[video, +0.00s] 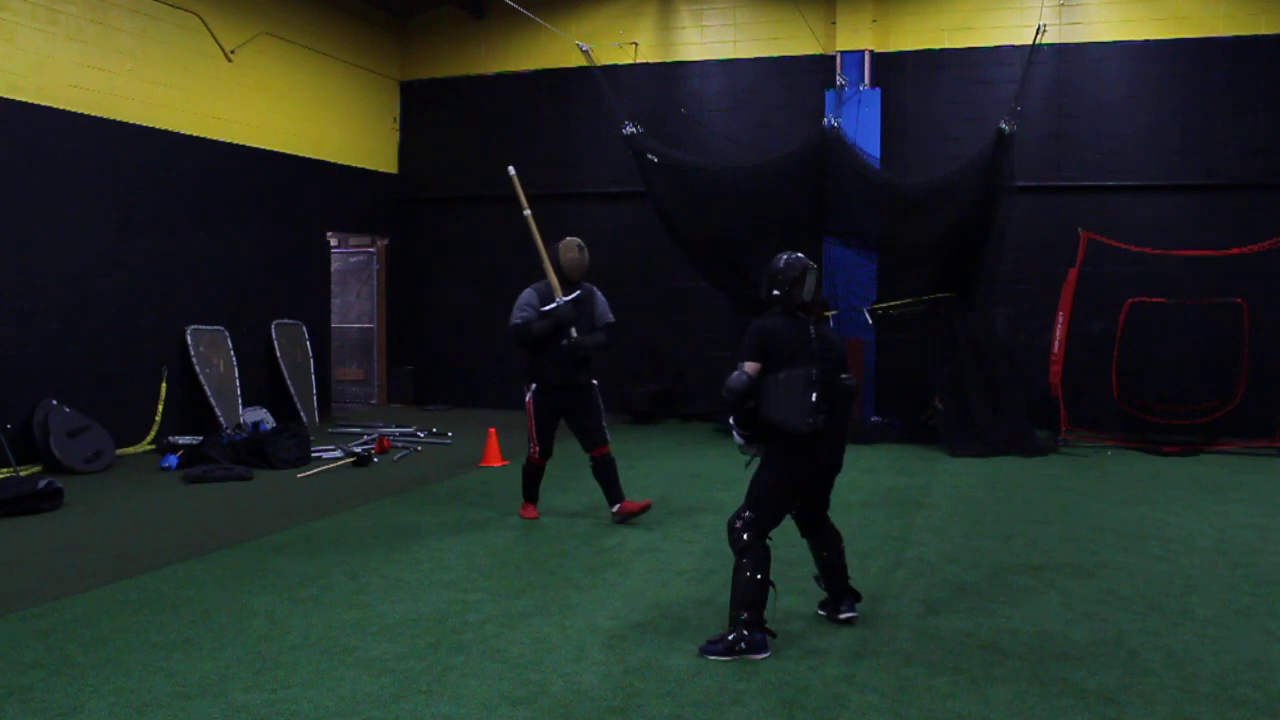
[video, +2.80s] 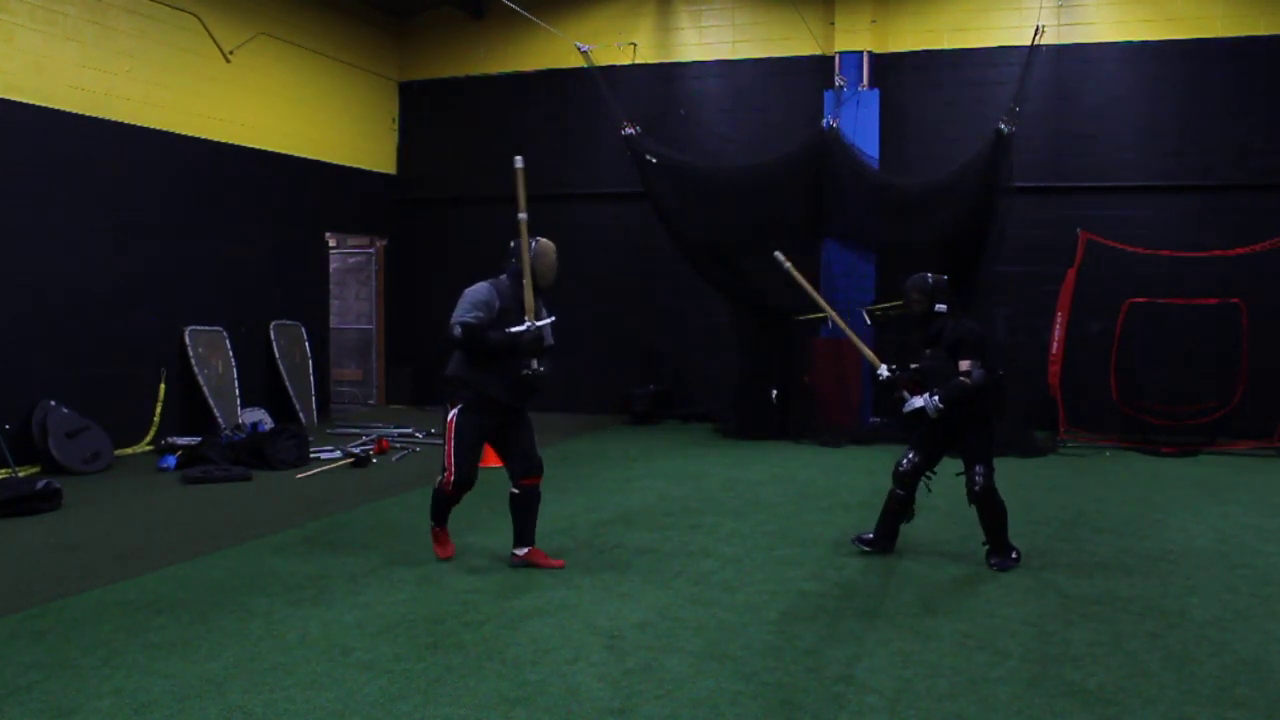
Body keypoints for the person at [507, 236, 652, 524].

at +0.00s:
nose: (576, 258)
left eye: (580, 252)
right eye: (570, 252)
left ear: (587, 259)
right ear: (557, 259)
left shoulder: (592, 296)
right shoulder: (534, 295)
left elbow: (607, 334)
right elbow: (519, 332)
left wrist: (581, 343)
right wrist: (556, 318)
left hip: (581, 384)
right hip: (544, 385)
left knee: (599, 446)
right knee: (539, 451)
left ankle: (617, 504)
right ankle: (529, 502)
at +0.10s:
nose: (563, 265)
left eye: (567, 260)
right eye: (557, 259)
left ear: (572, 262)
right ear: (544, 260)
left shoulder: (580, 292)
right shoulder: (522, 293)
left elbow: (595, 331)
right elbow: (502, 330)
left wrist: (567, 344)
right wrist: (538, 321)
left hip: (572, 379)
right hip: (535, 381)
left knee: (589, 439)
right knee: (535, 445)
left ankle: (592, 501)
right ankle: (529, 502)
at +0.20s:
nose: (553, 265)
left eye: (557, 260)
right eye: (548, 259)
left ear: (563, 261)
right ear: (535, 259)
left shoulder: (572, 287)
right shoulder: (513, 290)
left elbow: (588, 324)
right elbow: (491, 326)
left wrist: (557, 341)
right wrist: (524, 317)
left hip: (563, 374)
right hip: (527, 376)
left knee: (578, 433)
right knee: (530, 440)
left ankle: (559, 490)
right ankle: (528, 501)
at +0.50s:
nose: (530, 280)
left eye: (534, 274)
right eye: (525, 275)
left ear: (542, 270)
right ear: (516, 270)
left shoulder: (555, 293)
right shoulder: (497, 294)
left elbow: (570, 330)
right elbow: (473, 327)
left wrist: (534, 346)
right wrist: (499, 321)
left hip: (540, 376)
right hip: (507, 375)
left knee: (528, 437)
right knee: (519, 437)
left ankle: (503, 479)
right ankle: (526, 498)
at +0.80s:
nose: (526, 273)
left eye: (531, 268)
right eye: (522, 267)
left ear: (536, 267)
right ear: (510, 265)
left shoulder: (543, 295)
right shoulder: (487, 289)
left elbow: (554, 332)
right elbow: (461, 320)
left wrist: (520, 344)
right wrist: (492, 317)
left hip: (522, 372)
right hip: (489, 369)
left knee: (513, 430)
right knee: (494, 428)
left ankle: (500, 485)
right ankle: (489, 490)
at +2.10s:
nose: (514, 267)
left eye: (519, 262)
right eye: (508, 260)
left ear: (522, 265)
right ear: (493, 258)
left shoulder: (525, 296)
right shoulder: (465, 286)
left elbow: (540, 335)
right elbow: (429, 312)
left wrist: (508, 345)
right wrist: (469, 316)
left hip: (505, 387)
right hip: (467, 384)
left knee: (507, 454)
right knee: (456, 456)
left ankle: (505, 513)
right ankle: (444, 525)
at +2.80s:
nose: (548, 273)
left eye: (550, 266)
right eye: (542, 266)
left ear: (542, 269)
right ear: (523, 264)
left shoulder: (537, 307)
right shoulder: (483, 294)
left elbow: (544, 352)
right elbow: (460, 333)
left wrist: (537, 368)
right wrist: (515, 337)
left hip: (509, 403)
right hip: (470, 400)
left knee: (528, 472)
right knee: (459, 477)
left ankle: (523, 548)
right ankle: (439, 524)